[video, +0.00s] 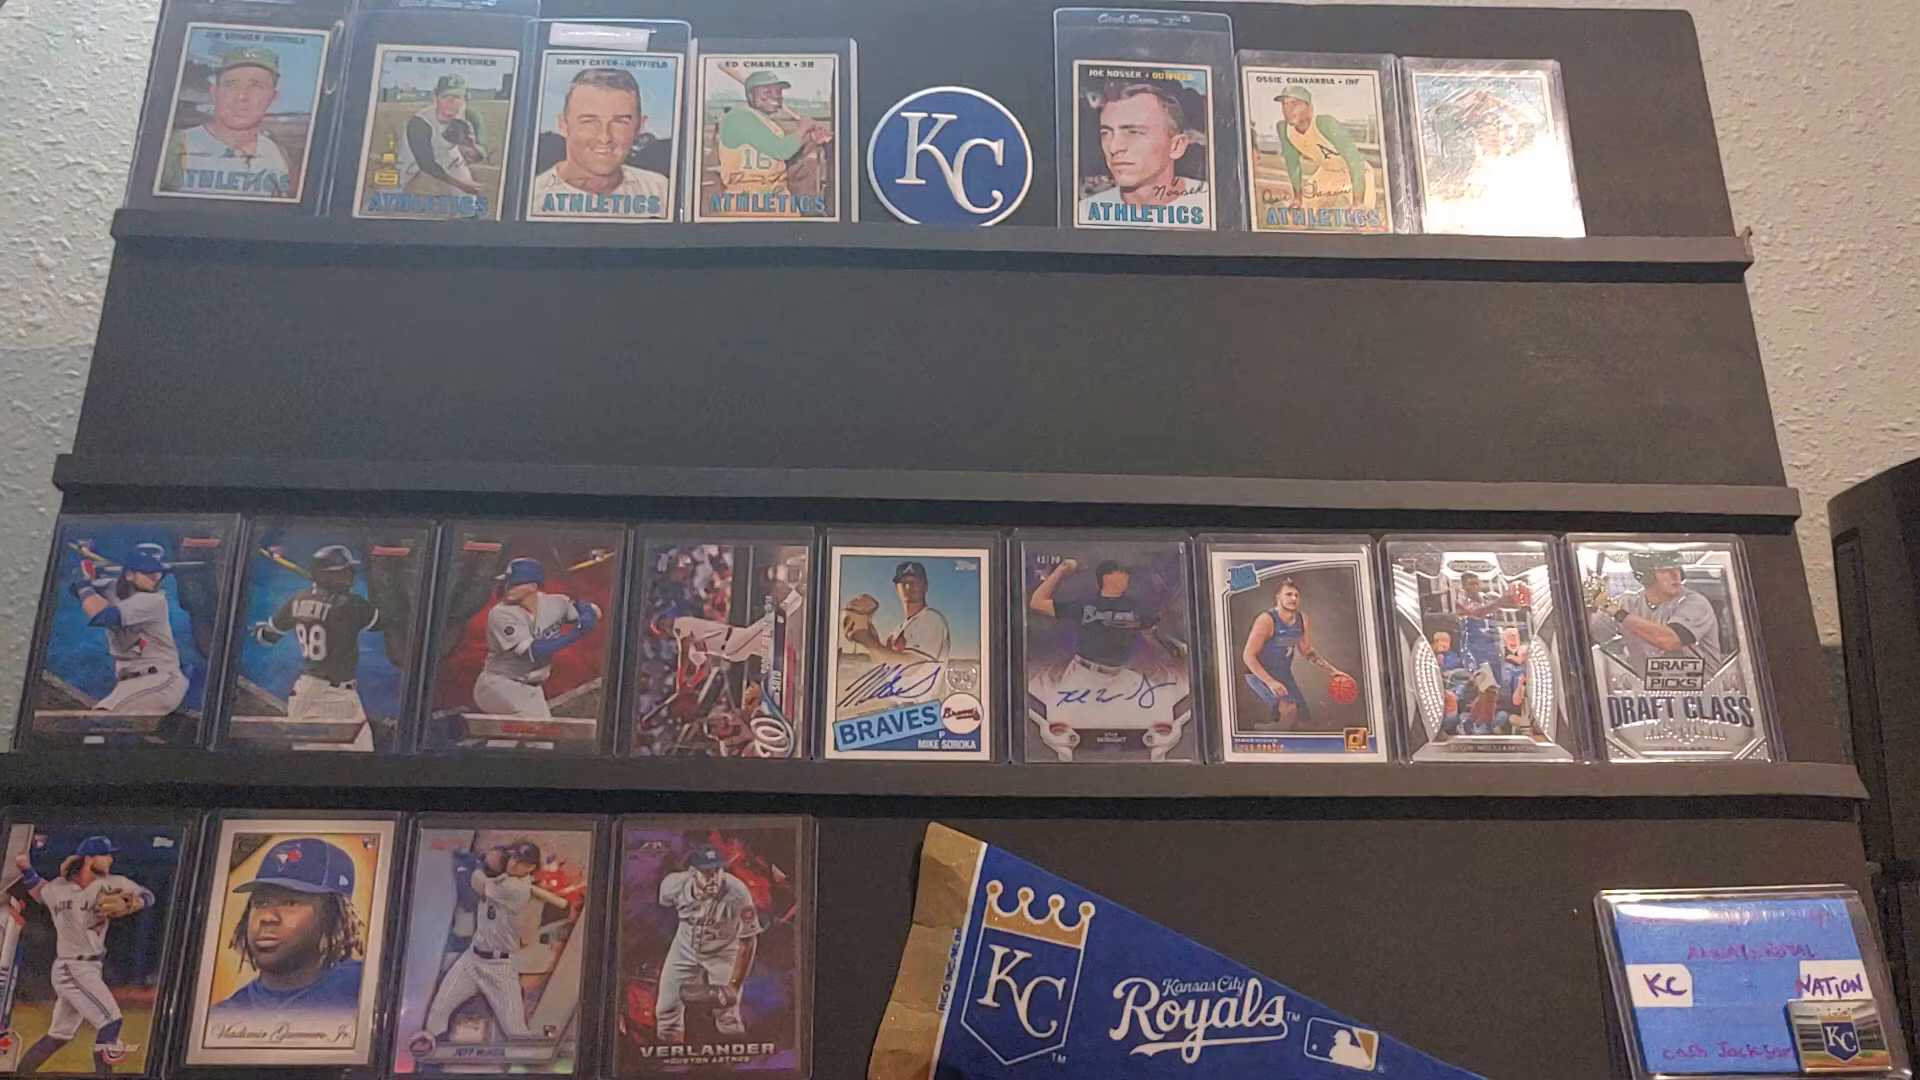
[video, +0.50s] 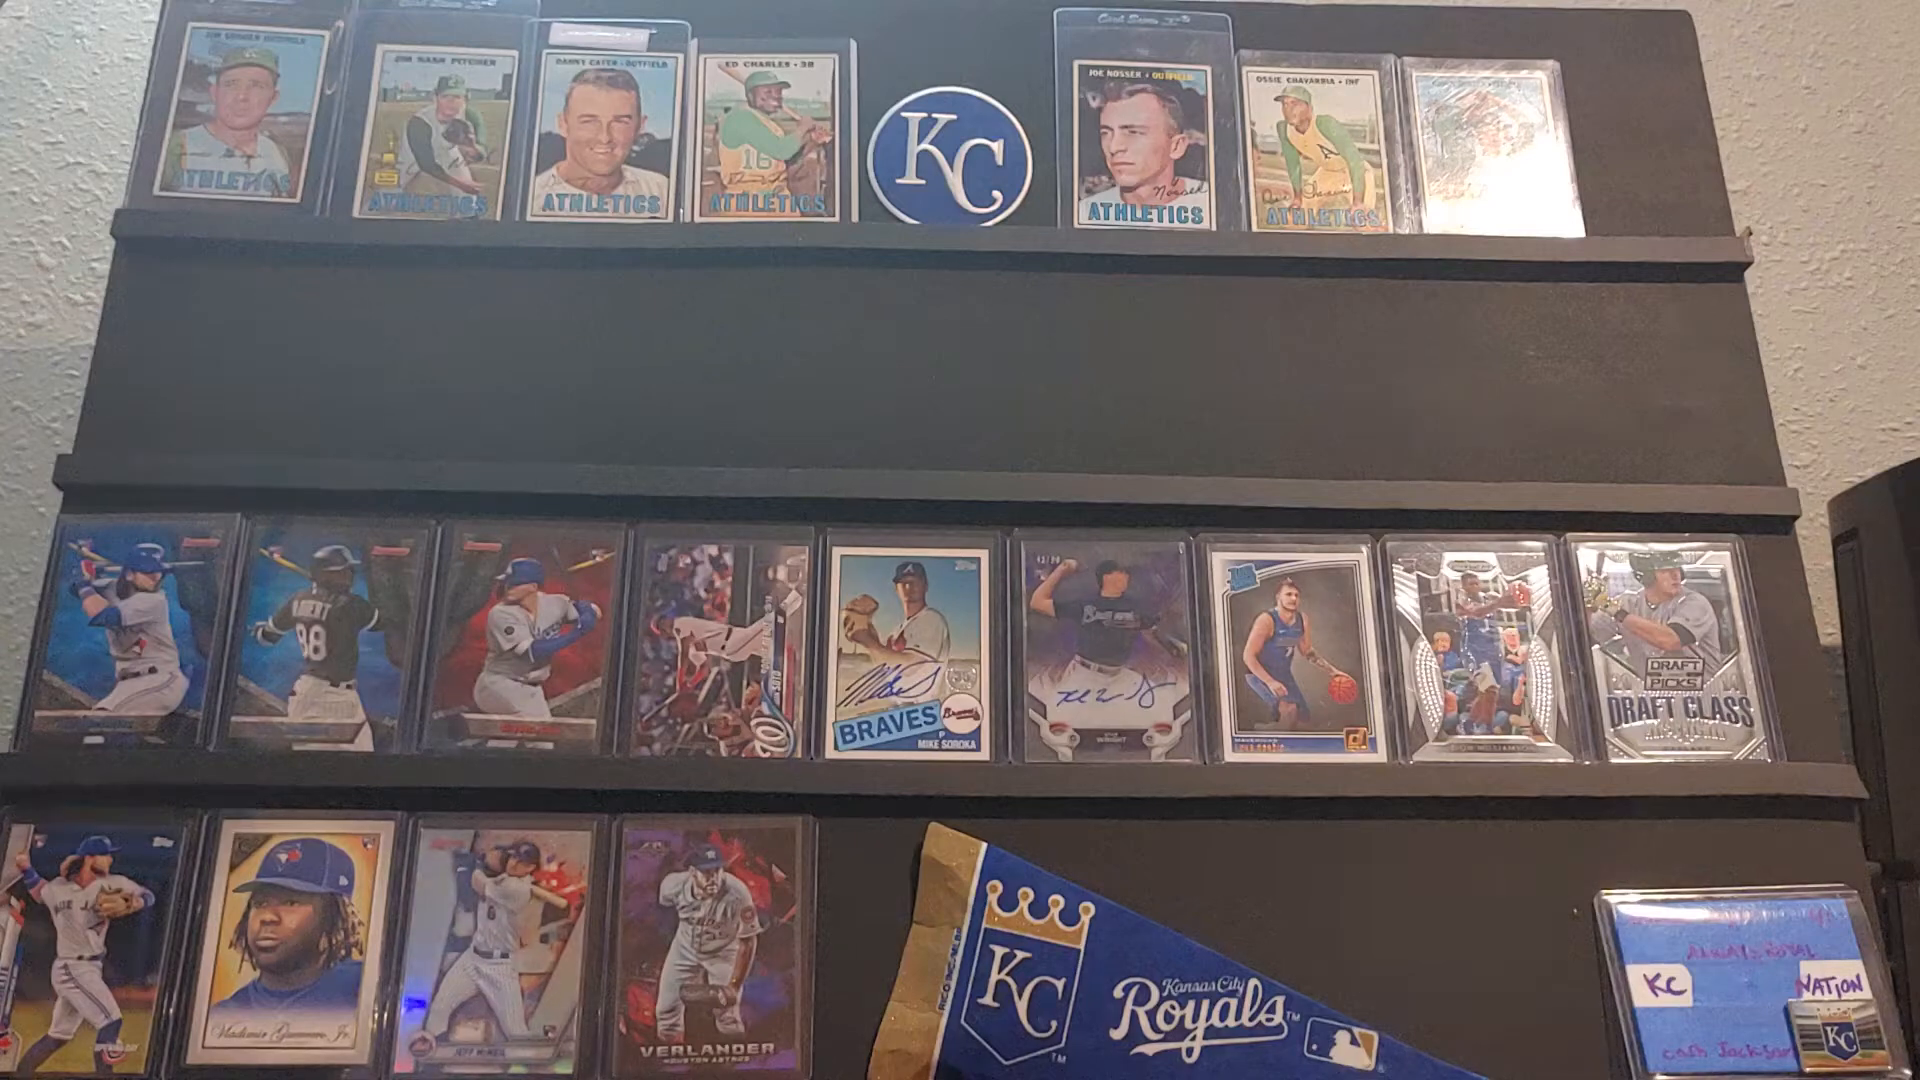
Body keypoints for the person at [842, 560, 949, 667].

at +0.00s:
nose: (907, 588)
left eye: (913, 583)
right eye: (902, 583)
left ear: (925, 586)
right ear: (896, 588)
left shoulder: (931, 619)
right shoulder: (903, 626)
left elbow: (913, 660)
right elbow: (883, 661)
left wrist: (868, 641)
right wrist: (866, 622)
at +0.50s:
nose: (907, 588)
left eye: (913, 583)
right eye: (902, 583)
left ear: (925, 586)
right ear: (896, 588)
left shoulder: (931, 619)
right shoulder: (902, 626)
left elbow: (912, 662)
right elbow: (883, 661)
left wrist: (867, 640)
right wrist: (866, 623)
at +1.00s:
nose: (907, 589)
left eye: (913, 583)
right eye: (902, 583)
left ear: (925, 586)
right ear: (896, 588)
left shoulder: (931, 619)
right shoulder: (901, 626)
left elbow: (911, 661)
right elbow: (882, 661)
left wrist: (867, 640)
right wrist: (865, 622)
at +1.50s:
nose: (907, 588)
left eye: (913, 583)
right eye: (902, 583)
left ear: (925, 586)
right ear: (896, 588)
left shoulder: (931, 619)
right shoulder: (901, 626)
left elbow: (909, 662)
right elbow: (882, 659)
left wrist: (865, 639)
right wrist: (864, 622)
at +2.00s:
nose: (907, 588)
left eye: (913, 583)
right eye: (902, 583)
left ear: (925, 586)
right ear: (896, 587)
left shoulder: (931, 619)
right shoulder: (902, 626)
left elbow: (909, 662)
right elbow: (882, 660)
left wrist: (865, 639)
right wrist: (864, 622)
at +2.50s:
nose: (907, 588)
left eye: (913, 583)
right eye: (902, 583)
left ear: (925, 586)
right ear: (896, 588)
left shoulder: (931, 619)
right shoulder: (902, 626)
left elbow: (910, 662)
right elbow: (882, 659)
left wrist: (865, 639)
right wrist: (865, 623)